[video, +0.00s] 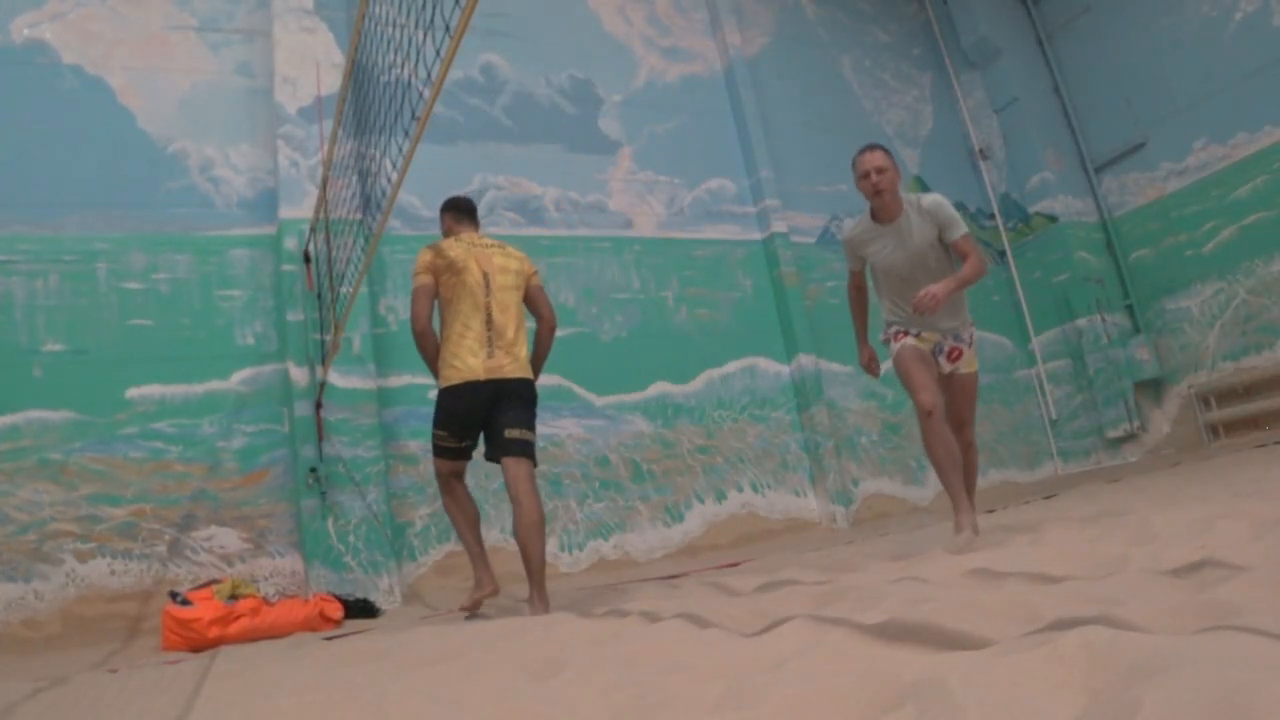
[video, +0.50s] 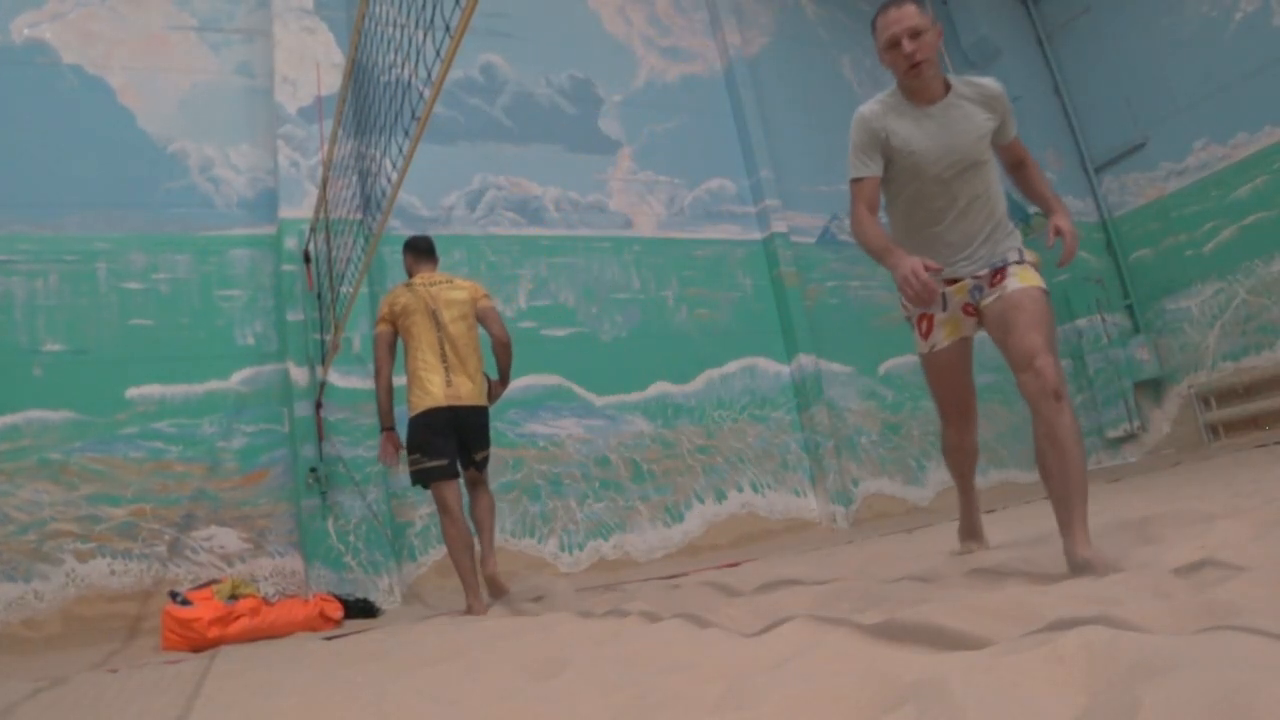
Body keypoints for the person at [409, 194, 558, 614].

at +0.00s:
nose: (441, 233)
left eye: (441, 227)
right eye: (445, 228)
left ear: (446, 224)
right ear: (478, 224)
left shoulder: (435, 254)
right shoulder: (512, 255)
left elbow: (420, 324)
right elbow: (548, 320)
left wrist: (443, 374)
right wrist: (531, 372)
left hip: (461, 385)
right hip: (516, 383)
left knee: (450, 477)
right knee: (523, 484)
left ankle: (483, 576)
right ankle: (538, 596)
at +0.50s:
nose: (406, 269)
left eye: (405, 264)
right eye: (412, 263)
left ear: (407, 263)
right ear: (437, 261)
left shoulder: (394, 300)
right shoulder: (468, 289)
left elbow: (383, 369)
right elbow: (501, 336)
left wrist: (387, 427)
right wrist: (503, 381)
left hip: (428, 413)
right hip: (473, 408)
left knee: (450, 508)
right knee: (479, 482)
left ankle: (474, 599)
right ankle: (489, 560)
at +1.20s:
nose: (401, 317)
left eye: (398, 312)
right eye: (409, 312)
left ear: (395, 312)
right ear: (422, 313)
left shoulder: (377, 342)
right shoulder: (440, 339)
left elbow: (350, 393)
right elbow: (463, 385)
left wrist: (341, 432)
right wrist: (467, 419)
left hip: (393, 449)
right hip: (435, 445)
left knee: (392, 522)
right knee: (449, 523)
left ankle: (372, 605)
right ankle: (466, 603)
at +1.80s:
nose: (378, 349)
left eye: (372, 343)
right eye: (380, 344)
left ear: (358, 344)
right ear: (381, 343)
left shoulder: (340, 374)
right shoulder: (378, 356)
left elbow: (326, 422)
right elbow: (387, 392)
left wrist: (318, 470)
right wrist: (419, 421)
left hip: (353, 467)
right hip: (384, 461)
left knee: (364, 542)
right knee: (426, 524)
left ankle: (363, 621)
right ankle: (436, 606)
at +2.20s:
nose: (392, 352)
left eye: (391, 348)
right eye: (392, 347)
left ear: (367, 343)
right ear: (389, 343)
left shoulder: (344, 372)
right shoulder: (379, 356)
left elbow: (331, 426)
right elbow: (383, 391)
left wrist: (316, 472)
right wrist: (414, 421)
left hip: (348, 463)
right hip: (376, 458)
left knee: (356, 536)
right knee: (407, 527)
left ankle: (348, 620)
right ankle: (422, 612)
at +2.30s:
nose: (398, 355)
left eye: (400, 350)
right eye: (397, 348)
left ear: (373, 342)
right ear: (386, 341)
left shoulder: (346, 372)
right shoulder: (378, 356)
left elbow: (330, 425)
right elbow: (384, 390)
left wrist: (313, 469)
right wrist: (415, 420)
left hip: (346, 462)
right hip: (375, 457)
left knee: (351, 536)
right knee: (405, 526)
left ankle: (341, 619)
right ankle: (416, 614)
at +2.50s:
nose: (414, 361)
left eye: (416, 357)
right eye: (411, 354)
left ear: (402, 355)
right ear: (394, 349)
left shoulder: (364, 381)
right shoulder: (384, 369)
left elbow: (342, 436)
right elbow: (384, 404)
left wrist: (319, 478)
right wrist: (416, 435)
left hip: (348, 472)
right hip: (373, 469)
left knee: (350, 548)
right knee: (414, 535)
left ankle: (335, 630)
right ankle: (412, 625)